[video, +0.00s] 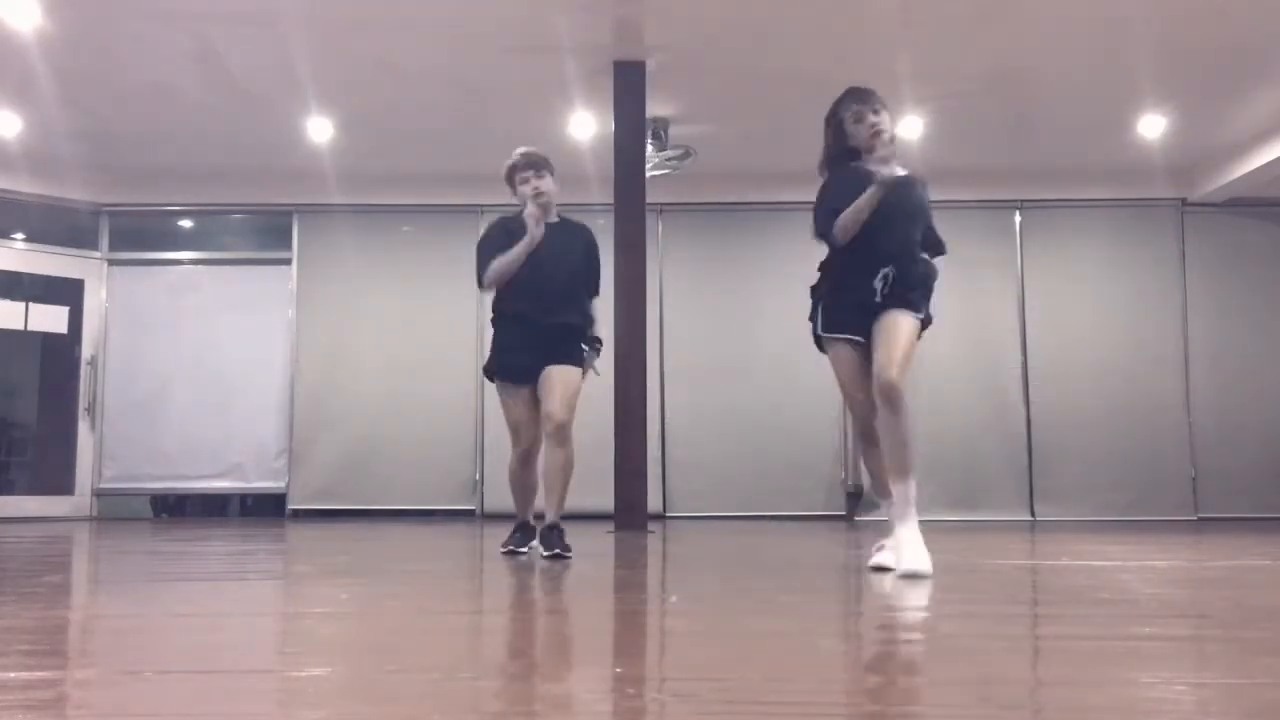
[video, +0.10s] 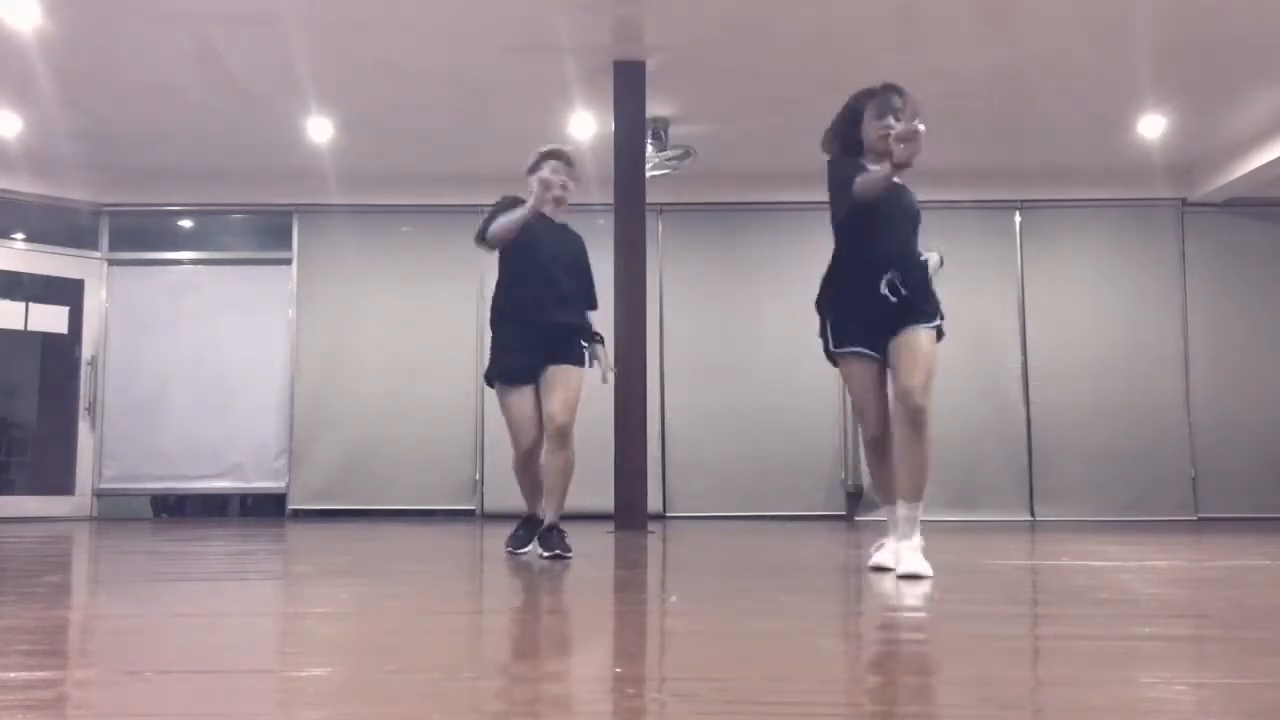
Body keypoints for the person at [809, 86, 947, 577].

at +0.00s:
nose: (872, 122)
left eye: (877, 113)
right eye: (859, 119)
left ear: (891, 120)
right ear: (843, 134)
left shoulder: (911, 182)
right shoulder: (840, 180)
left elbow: (927, 241)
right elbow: (835, 233)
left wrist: (926, 262)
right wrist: (877, 187)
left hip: (901, 286)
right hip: (844, 294)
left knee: (888, 383)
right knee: (863, 415)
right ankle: (898, 530)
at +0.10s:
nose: (888, 124)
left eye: (897, 117)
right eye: (878, 116)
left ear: (908, 126)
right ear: (856, 127)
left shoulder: (902, 180)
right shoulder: (843, 168)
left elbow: (901, 243)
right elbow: (857, 190)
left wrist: (920, 270)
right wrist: (894, 168)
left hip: (909, 301)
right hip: (853, 305)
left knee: (912, 403)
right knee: (875, 428)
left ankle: (909, 535)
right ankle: (894, 532)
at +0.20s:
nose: (893, 139)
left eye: (903, 134)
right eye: (888, 128)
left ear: (910, 143)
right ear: (870, 121)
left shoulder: (905, 197)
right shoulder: (841, 168)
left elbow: (912, 273)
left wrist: (932, 261)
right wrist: (912, 122)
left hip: (918, 304)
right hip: (861, 307)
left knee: (930, 406)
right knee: (895, 403)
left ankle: (910, 537)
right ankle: (881, 475)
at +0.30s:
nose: (892, 114)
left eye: (902, 107)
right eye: (884, 103)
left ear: (912, 118)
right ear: (863, 108)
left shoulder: (915, 182)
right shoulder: (834, 159)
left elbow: (949, 256)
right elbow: (838, 165)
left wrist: (953, 209)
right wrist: (867, 122)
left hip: (917, 290)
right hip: (855, 287)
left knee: (927, 400)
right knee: (888, 349)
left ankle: (912, 538)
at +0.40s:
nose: (892, 78)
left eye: (902, 71)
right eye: (883, 68)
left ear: (914, 81)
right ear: (862, 74)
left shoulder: (922, 143)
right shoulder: (835, 133)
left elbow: (935, 225)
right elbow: (804, 206)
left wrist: (950, 177)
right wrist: (840, 148)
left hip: (908, 272)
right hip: (846, 267)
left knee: (951, 383)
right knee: (854, 352)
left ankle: (945, 520)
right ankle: (793, 446)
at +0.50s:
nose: (883, 80)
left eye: (894, 72)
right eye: (874, 69)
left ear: (908, 82)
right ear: (854, 75)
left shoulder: (921, 144)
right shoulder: (831, 143)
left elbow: (928, 212)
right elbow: (811, 217)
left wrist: (926, 255)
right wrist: (819, 250)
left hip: (904, 278)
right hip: (839, 276)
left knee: (949, 396)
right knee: (807, 397)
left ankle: (991, 533)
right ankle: (752, 523)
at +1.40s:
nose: (873, 99)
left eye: (881, 90)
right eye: (861, 91)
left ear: (894, 98)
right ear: (841, 100)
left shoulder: (921, 157)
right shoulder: (826, 167)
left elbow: (953, 227)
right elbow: (803, 236)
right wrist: (828, 273)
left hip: (905, 298)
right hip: (836, 297)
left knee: (948, 414)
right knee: (775, 402)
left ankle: (986, 544)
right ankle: (751, 536)